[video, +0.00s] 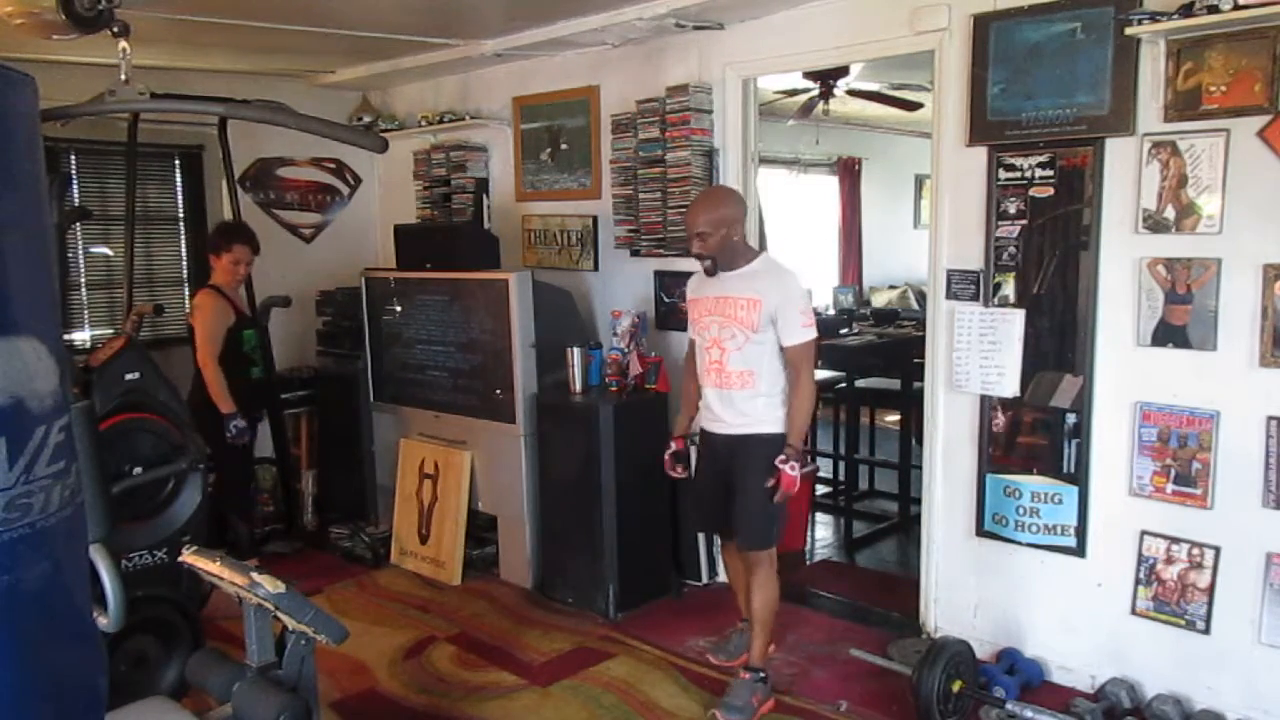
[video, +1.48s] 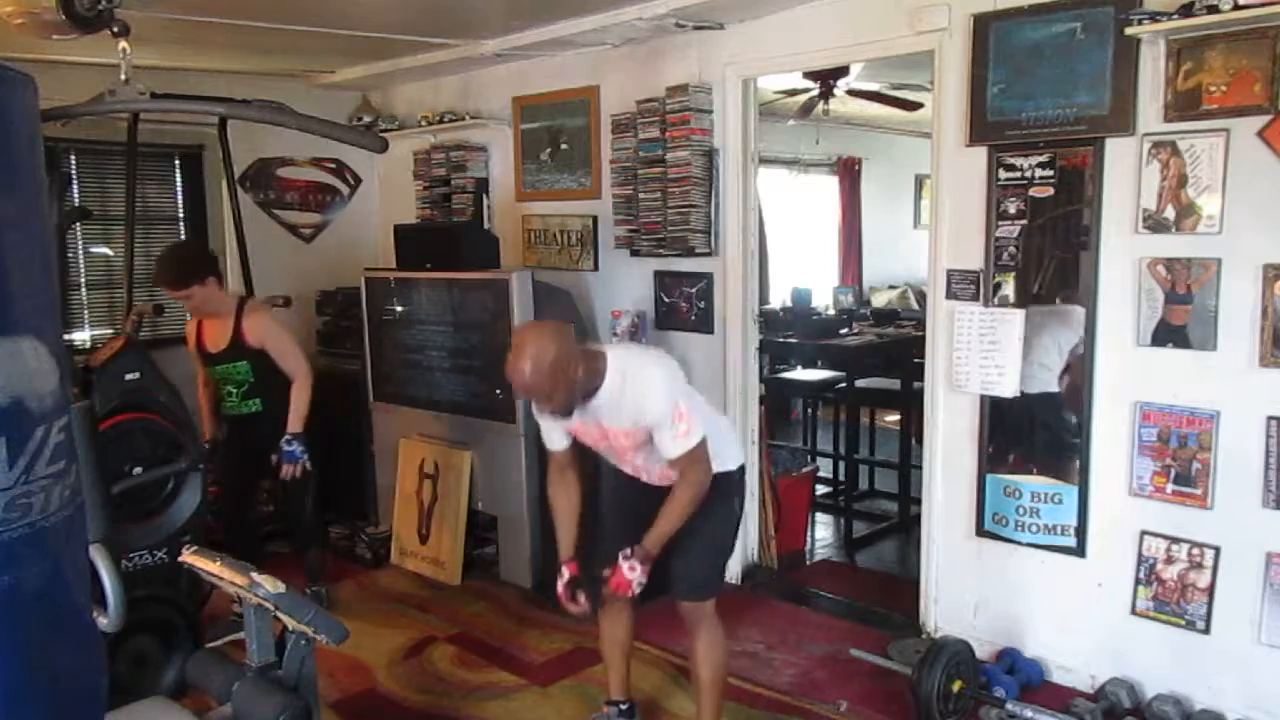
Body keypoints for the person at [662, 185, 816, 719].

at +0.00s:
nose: (694, 246)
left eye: (702, 236)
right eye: (691, 236)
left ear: (735, 229)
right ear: (699, 233)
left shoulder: (781, 286)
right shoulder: (699, 284)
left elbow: (803, 374)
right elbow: (695, 363)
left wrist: (794, 448)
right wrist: (679, 432)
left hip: (762, 438)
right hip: (714, 436)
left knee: (758, 552)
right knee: (730, 543)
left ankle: (757, 669)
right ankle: (751, 629)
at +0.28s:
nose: (685, 229)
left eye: (692, 219)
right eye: (686, 218)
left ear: (725, 221)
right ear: (723, 222)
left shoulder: (784, 288)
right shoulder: (704, 279)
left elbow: (805, 383)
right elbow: (690, 358)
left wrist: (793, 466)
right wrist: (646, 419)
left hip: (762, 446)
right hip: (708, 440)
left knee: (757, 560)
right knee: (696, 540)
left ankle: (755, 678)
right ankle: (737, 617)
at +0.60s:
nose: (681, 254)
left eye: (686, 242)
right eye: (675, 243)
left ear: (721, 226)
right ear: (700, 233)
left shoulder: (776, 286)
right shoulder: (696, 285)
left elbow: (790, 386)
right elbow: (702, 371)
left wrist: (753, 461)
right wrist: (684, 439)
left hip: (755, 455)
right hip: (697, 450)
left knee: (756, 574)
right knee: (670, 555)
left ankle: (754, 681)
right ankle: (647, 671)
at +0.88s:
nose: (639, 262)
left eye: (645, 248)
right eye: (633, 251)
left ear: (683, 233)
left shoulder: (745, 284)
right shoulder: (653, 294)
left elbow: (777, 381)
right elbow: (676, 372)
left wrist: (750, 470)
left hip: (734, 464)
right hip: (670, 458)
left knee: (748, 581)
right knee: (641, 571)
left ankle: (754, 681)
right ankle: (626, 694)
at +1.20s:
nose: (575, 295)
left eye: (581, 280)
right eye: (567, 284)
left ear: (615, 254)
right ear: (563, 272)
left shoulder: (688, 294)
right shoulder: (579, 314)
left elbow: (735, 380)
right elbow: (589, 394)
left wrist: (707, 464)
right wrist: (592, 480)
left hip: (693, 467)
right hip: (629, 467)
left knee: (689, 590)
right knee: (618, 588)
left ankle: (733, 681)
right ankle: (620, 705)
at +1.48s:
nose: (541, 406)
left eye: (545, 395)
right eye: (533, 398)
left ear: (575, 369)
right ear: (523, 382)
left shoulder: (652, 378)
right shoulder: (547, 394)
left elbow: (697, 473)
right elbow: (562, 469)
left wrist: (645, 552)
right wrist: (568, 560)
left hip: (707, 472)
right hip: (632, 472)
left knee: (694, 600)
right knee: (614, 588)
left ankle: (708, 714)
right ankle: (619, 705)